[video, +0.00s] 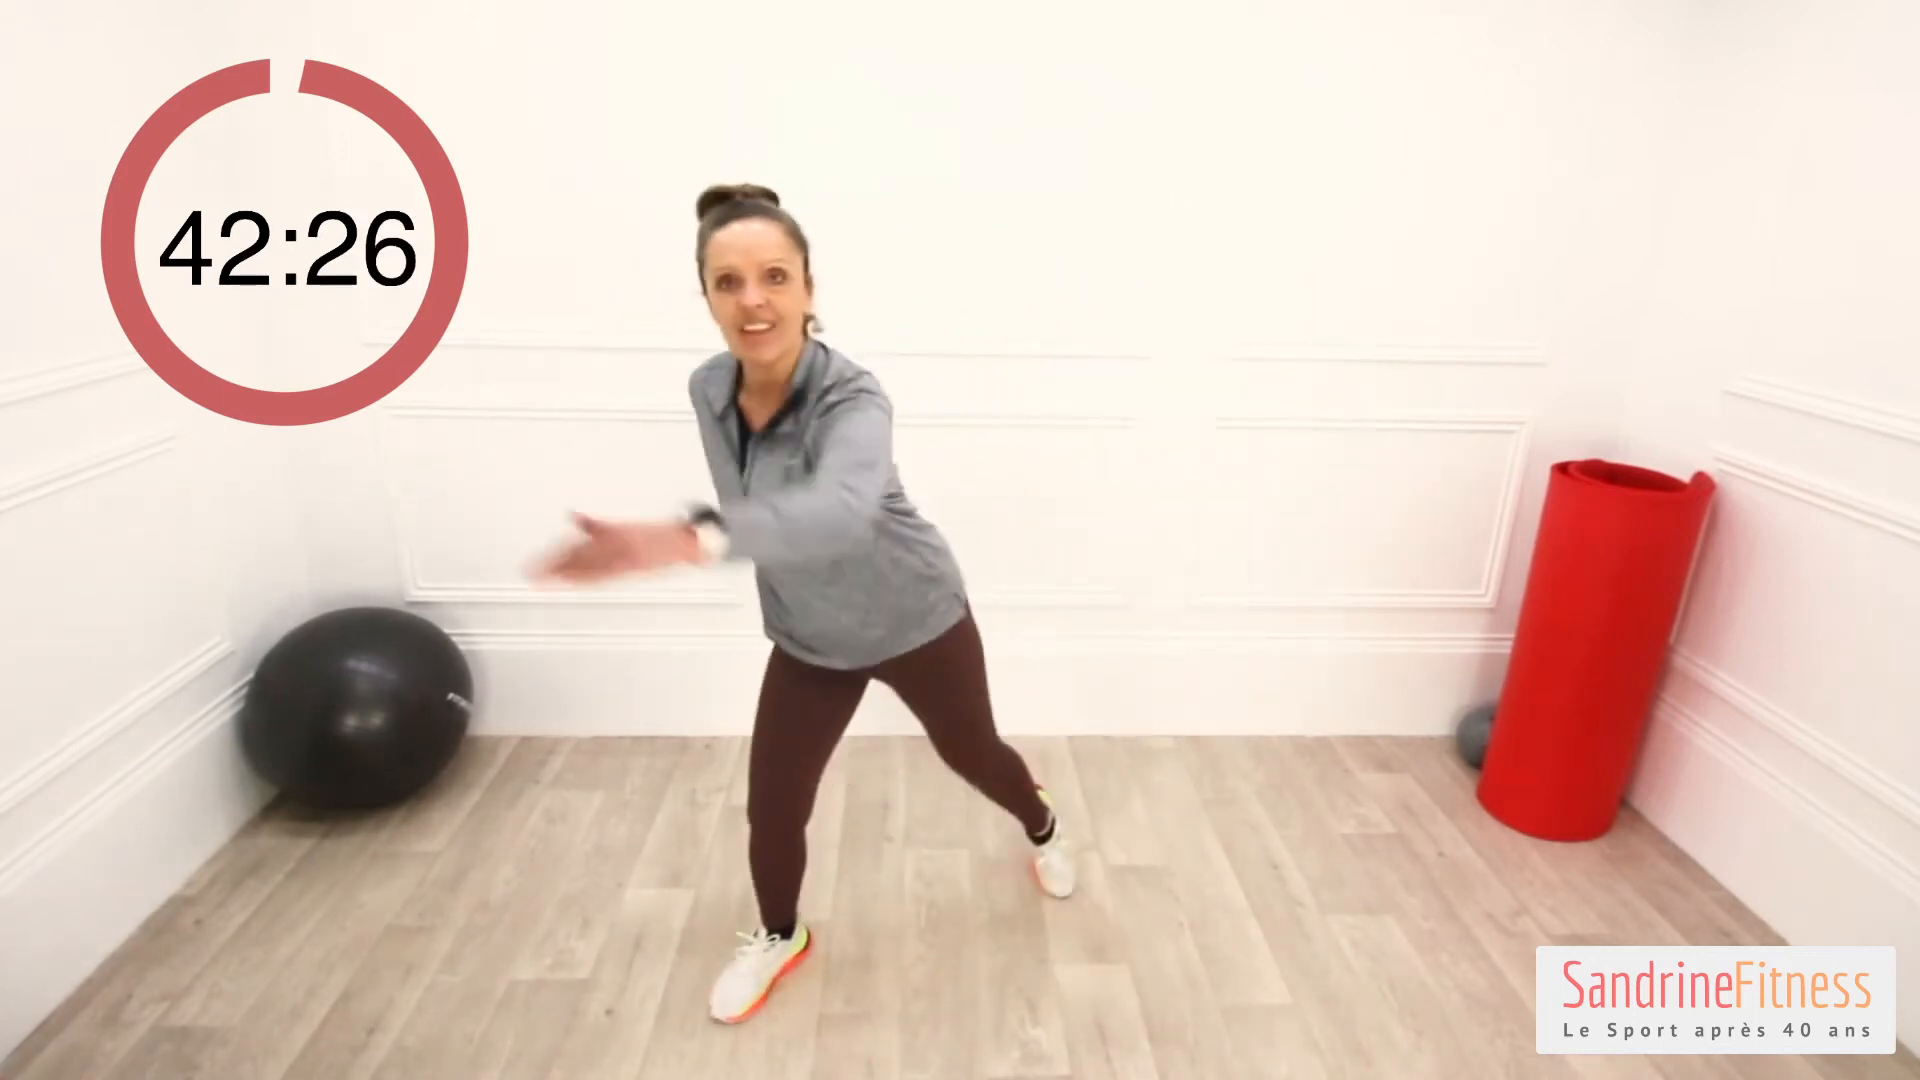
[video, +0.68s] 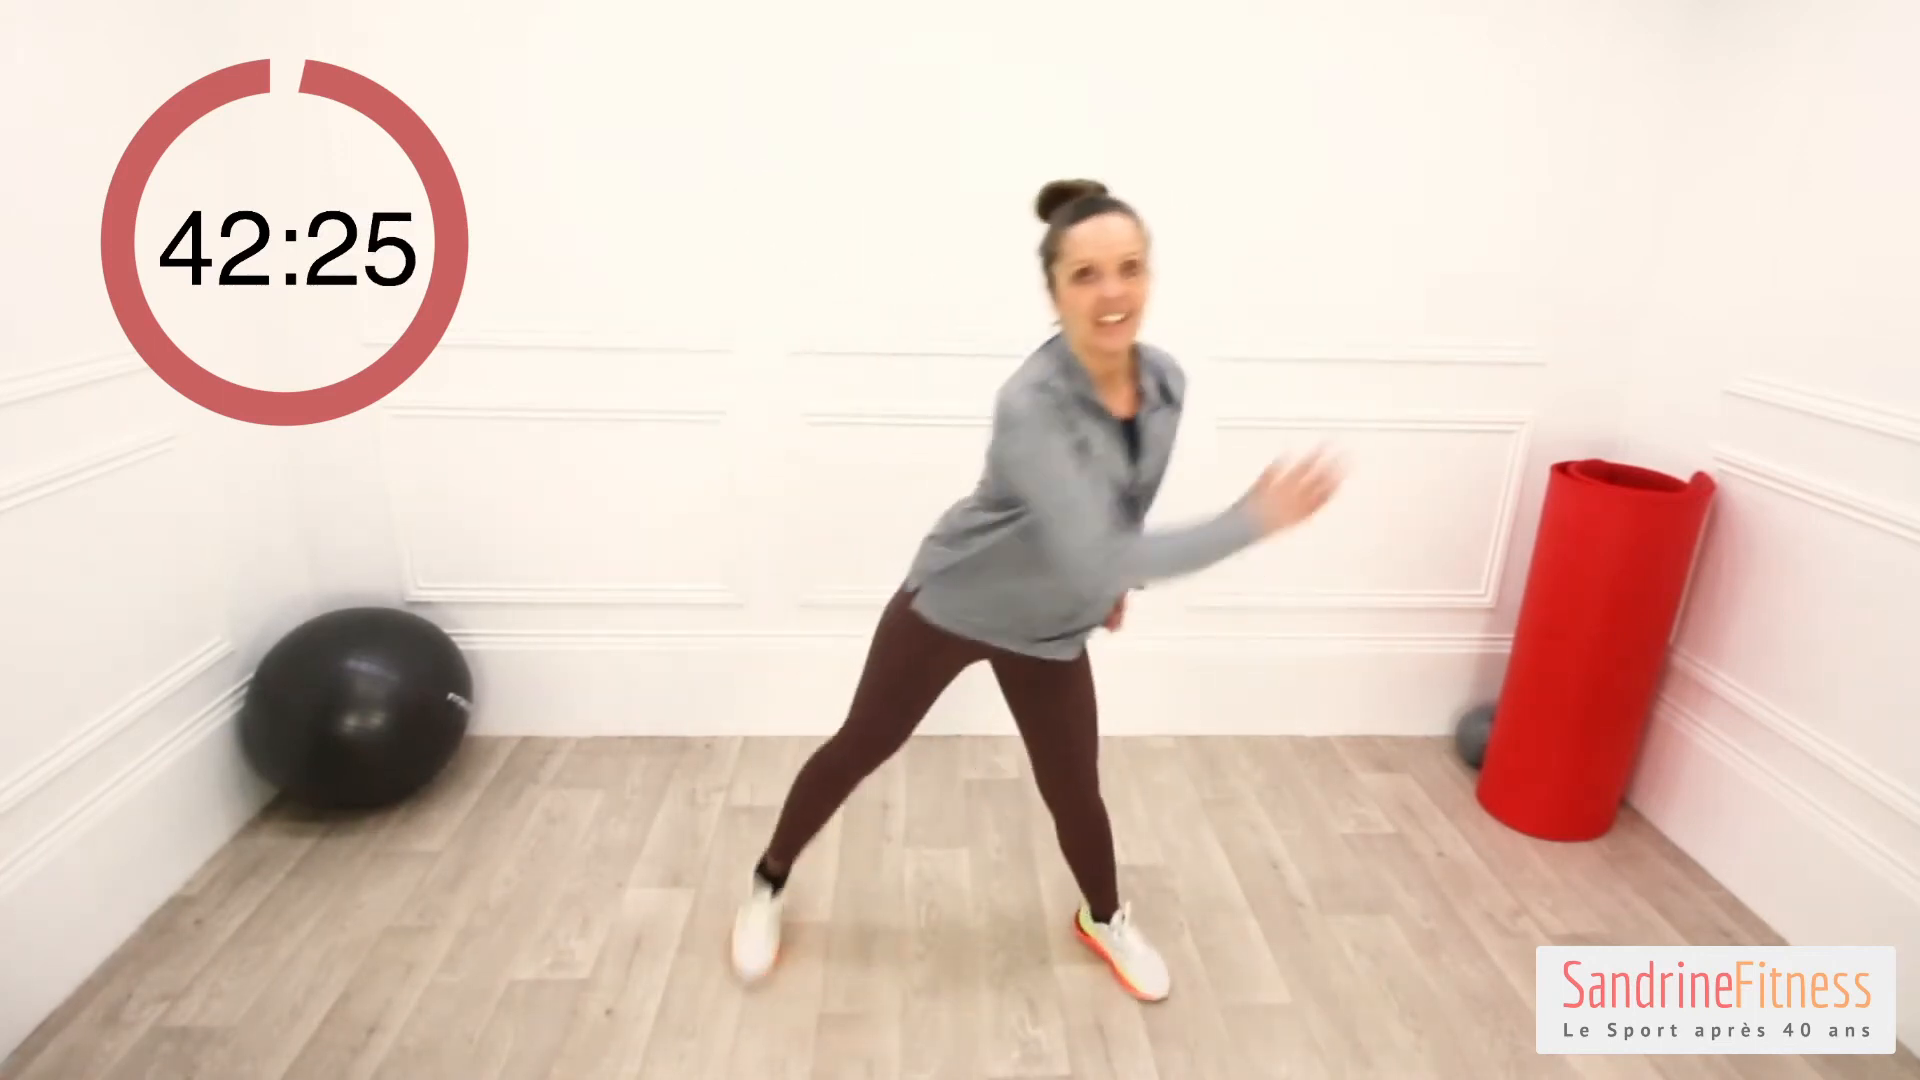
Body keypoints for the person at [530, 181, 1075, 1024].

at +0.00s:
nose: (754, 302)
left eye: (774, 278)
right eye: (729, 283)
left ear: (809, 291)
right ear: (709, 302)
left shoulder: (853, 401)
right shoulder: (710, 391)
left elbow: (843, 509)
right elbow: (753, 510)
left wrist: (696, 536)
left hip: (916, 618)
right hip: (812, 631)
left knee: (972, 753)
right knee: (774, 806)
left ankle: (1045, 829)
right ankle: (780, 934)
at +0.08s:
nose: (763, 296)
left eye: (784, 271)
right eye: (738, 277)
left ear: (818, 282)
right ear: (715, 295)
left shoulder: (863, 400)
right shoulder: (709, 387)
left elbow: (920, 543)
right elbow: (765, 511)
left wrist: (794, 601)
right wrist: (778, 597)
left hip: (923, 616)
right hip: (814, 632)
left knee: (986, 747)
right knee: (784, 797)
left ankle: (1055, 829)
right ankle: (780, 933)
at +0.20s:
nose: (811, 299)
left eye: (829, 274)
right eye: (785, 280)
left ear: (859, 283)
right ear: (757, 298)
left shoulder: (914, 414)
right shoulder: (721, 387)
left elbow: (1033, 551)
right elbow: (735, 456)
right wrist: (757, 511)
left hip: (935, 622)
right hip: (822, 632)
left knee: (1010, 760)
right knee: (791, 803)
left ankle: (1076, 863)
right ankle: (779, 934)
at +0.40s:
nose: (925, 348)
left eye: (942, 324)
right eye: (900, 329)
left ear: (965, 332)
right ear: (871, 343)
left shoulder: (1018, 448)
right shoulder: (825, 445)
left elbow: (1095, 529)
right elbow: (755, 479)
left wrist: (1059, 636)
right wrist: (774, 591)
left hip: (966, 666)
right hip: (851, 672)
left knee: (1036, 813)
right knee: (827, 846)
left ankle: (1099, 916)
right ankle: (778, 940)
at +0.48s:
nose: (994, 352)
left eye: (1009, 328)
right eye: (967, 334)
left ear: (1029, 336)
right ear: (939, 349)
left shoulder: (1071, 447)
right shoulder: (896, 465)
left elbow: (1102, 517)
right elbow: (820, 552)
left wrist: (1076, 614)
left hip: (998, 660)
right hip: (889, 661)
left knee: (1057, 820)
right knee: (848, 839)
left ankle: (1104, 922)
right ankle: (778, 939)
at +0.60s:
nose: (1077, 312)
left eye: (1093, 287)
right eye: (1051, 294)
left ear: (1115, 295)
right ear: (1021, 312)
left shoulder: (1137, 404)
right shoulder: (995, 425)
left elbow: (1088, 532)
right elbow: (974, 598)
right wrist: (1109, 613)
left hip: (1039, 624)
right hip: (934, 617)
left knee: (1073, 799)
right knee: (850, 776)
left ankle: (1105, 921)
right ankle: (767, 920)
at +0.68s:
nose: (1113, 294)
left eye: (1129, 269)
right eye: (1086, 276)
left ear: (1151, 278)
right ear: (1054, 293)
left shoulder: (1163, 384)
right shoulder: (1030, 406)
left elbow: (1131, 500)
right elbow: (1096, 564)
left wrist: (1110, 579)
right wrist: (1247, 523)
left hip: (1050, 622)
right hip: (952, 603)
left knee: (1075, 791)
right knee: (863, 744)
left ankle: (1104, 918)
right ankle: (768, 882)